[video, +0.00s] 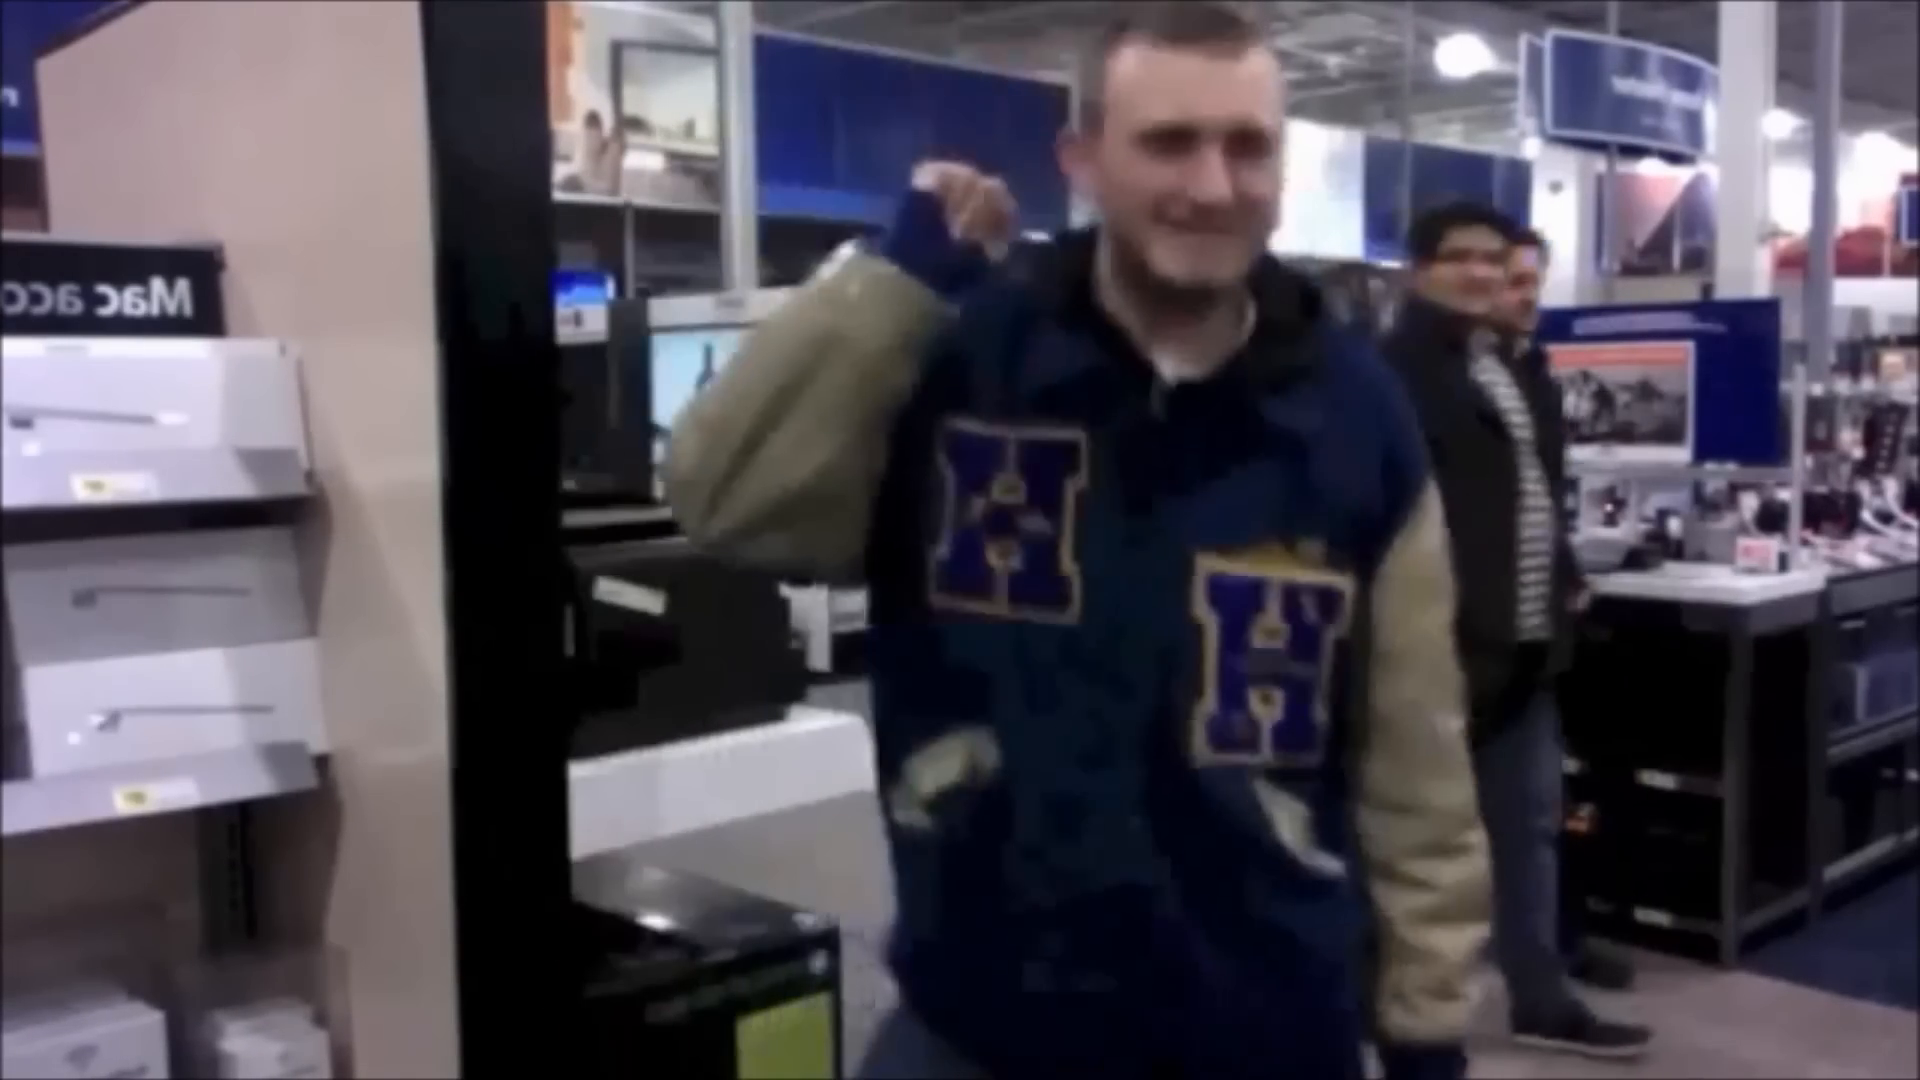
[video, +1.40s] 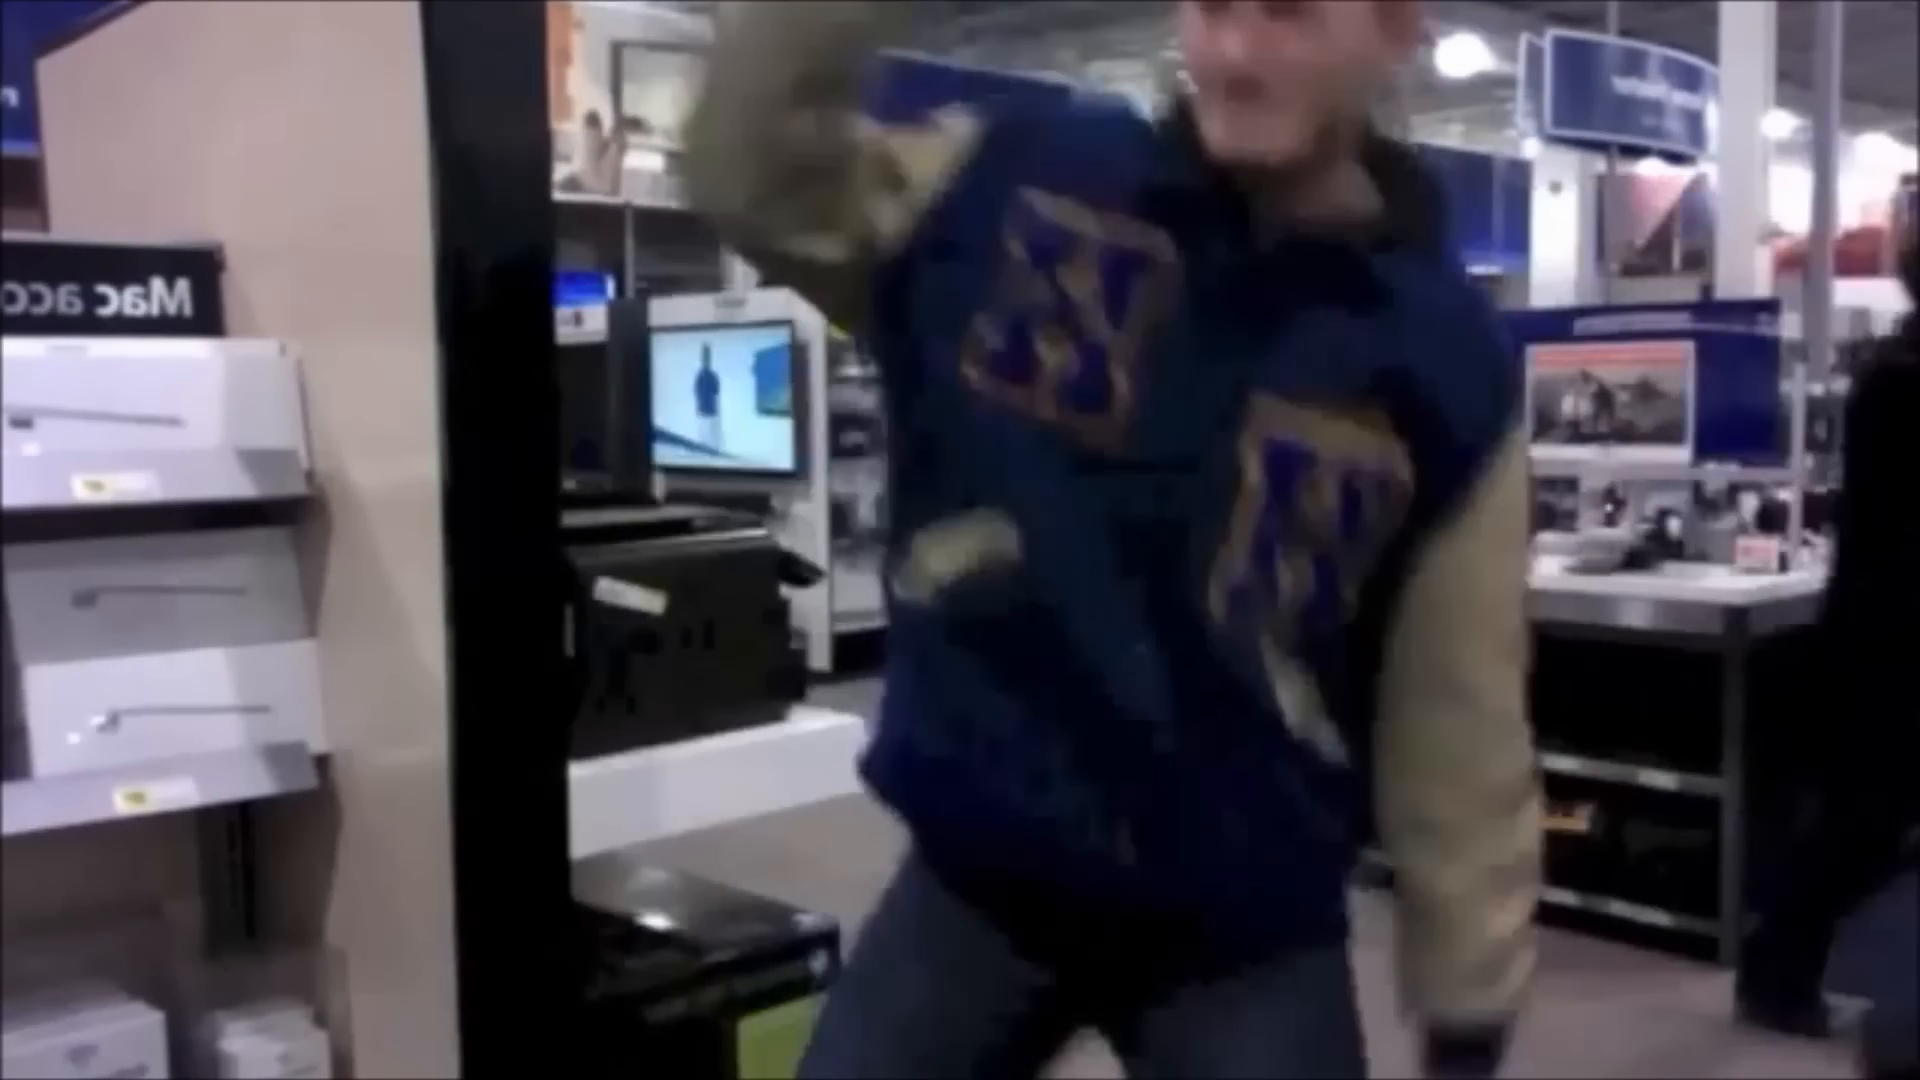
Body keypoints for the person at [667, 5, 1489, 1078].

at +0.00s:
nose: (1214, 184)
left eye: (1247, 147)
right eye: (1170, 144)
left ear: (1281, 167)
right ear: (1081, 159)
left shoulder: (1352, 405)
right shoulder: (965, 358)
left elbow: (1414, 749)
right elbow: (721, 499)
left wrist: (1426, 1029)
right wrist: (903, 271)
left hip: (1264, 1021)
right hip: (989, 1013)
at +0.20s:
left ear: (1144, 9)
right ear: (956, 4)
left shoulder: (1257, 209)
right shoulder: (866, 202)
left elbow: (1377, 457)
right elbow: (681, 474)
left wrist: (1484, 557)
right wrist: (765, 318)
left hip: (1190, 835)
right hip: (932, 832)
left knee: (1247, 1060)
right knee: (835, 1064)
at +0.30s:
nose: (999, 2)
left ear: (1102, 11)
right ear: (907, 12)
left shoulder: (1223, 209)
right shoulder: (807, 221)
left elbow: (1348, 451)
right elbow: (674, 454)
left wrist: (1472, 416)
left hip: (1163, 840)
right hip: (905, 843)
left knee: (1224, 1060)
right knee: (818, 1065)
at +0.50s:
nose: (834, 155)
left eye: (878, 116)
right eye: (804, 116)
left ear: (978, 134)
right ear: (774, 135)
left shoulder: (1132, 329)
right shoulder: (716, 387)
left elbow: (1388, 426)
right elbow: (656, 730)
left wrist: (1219, 219)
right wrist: (665, 1017)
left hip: (1117, 994)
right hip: (845, 1001)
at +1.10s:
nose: (899, 199)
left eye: (946, 162)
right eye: (873, 160)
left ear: (1048, 182)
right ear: (840, 180)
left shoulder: (1201, 376)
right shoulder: (785, 428)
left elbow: (1460, 514)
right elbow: (635, 688)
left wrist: (1333, 301)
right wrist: (521, 922)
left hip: (1169, 1031)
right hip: (893, 1038)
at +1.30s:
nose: (1236, 44)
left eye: (1293, 9)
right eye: (1217, 5)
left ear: (1398, 31)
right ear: (1180, 18)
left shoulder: (1437, 352)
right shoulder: (1006, 186)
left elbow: (1459, 708)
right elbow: (747, 172)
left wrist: (1468, 1011)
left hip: (1244, 924)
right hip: (979, 883)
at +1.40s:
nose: (1236, 47)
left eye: (1291, 9)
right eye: (1216, 6)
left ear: (1398, 30)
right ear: (1179, 18)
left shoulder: (1437, 350)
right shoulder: (1006, 186)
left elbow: (1459, 708)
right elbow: (748, 171)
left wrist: (1468, 1012)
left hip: (1244, 924)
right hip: (980, 884)